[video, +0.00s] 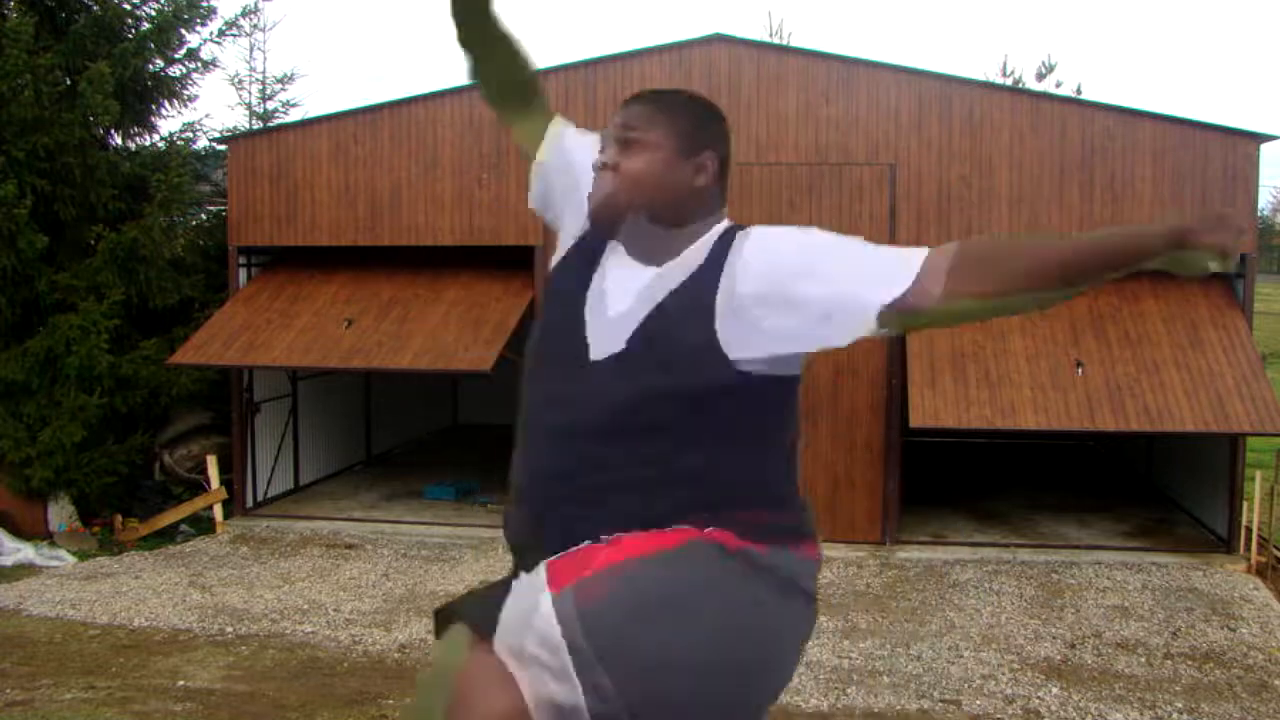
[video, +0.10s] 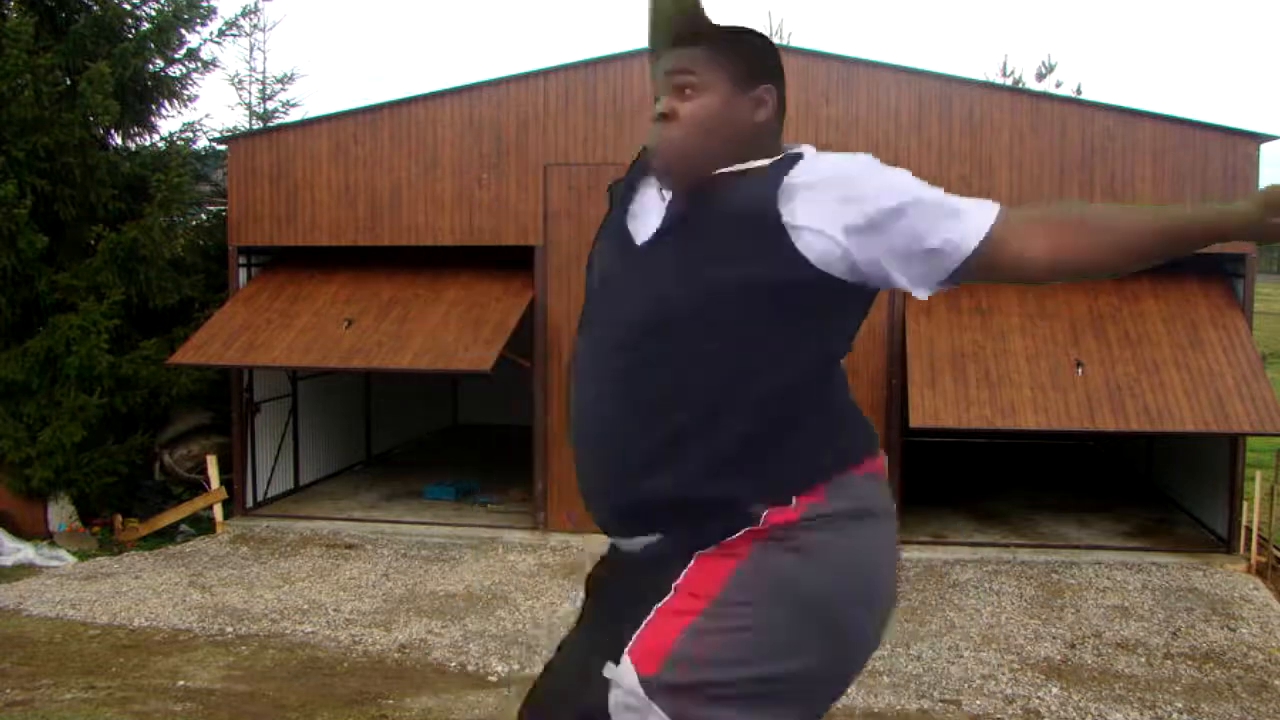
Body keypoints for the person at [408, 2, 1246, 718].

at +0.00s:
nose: (604, 160)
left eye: (629, 148)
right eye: (607, 145)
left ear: (702, 172)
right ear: (613, 167)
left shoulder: (760, 262)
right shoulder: (588, 223)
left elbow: (947, 273)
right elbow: (517, 105)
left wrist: (1144, 244)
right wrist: (471, 11)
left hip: (724, 571)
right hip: (581, 579)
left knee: (490, 664)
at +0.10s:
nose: (658, 108)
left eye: (685, 89)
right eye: (657, 91)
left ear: (758, 108)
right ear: (654, 108)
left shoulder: (824, 193)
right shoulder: (638, 205)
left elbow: (1030, 240)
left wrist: (1227, 219)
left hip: (795, 541)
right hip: (661, 545)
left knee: (603, 701)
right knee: (559, 705)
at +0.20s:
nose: (676, 139)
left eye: (705, 122)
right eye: (676, 124)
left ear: (781, 140)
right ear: (675, 142)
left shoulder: (853, 227)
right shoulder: (671, 224)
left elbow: (1048, 327)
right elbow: (675, 144)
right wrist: (747, 65)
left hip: (796, 612)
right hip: (634, 600)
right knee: (536, 652)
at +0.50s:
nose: (681, 244)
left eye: (705, 222)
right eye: (670, 223)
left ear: (768, 228)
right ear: (660, 222)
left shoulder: (823, 268)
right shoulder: (664, 256)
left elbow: (803, 315)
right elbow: (541, 190)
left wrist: (694, 291)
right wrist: (412, 78)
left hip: (769, 653)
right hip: (641, 627)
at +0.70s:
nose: (615, 272)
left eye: (640, 255)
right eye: (609, 255)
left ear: (700, 262)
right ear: (603, 264)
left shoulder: (718, 309)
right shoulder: (640, 355)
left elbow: (897, 291)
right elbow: (747, 282)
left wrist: (1049, 243)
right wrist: (725, 211)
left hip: (879, 626)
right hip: (778, 676)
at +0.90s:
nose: (629, 315)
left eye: (653, 296)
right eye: (624, 302)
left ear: (721, 302)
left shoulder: (754, 347)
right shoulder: (655, 405)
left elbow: (867, 341)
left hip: (908, 684)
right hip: (772, 697)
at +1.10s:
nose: (604, 325)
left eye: (622, 303)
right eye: (598, 310)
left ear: (691, 298)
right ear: (601, 320)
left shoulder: (738, 331)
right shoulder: (644, 362)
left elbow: (837, 310)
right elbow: (549, 287)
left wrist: (947, 251)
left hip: (843, 672)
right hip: (701, 680)